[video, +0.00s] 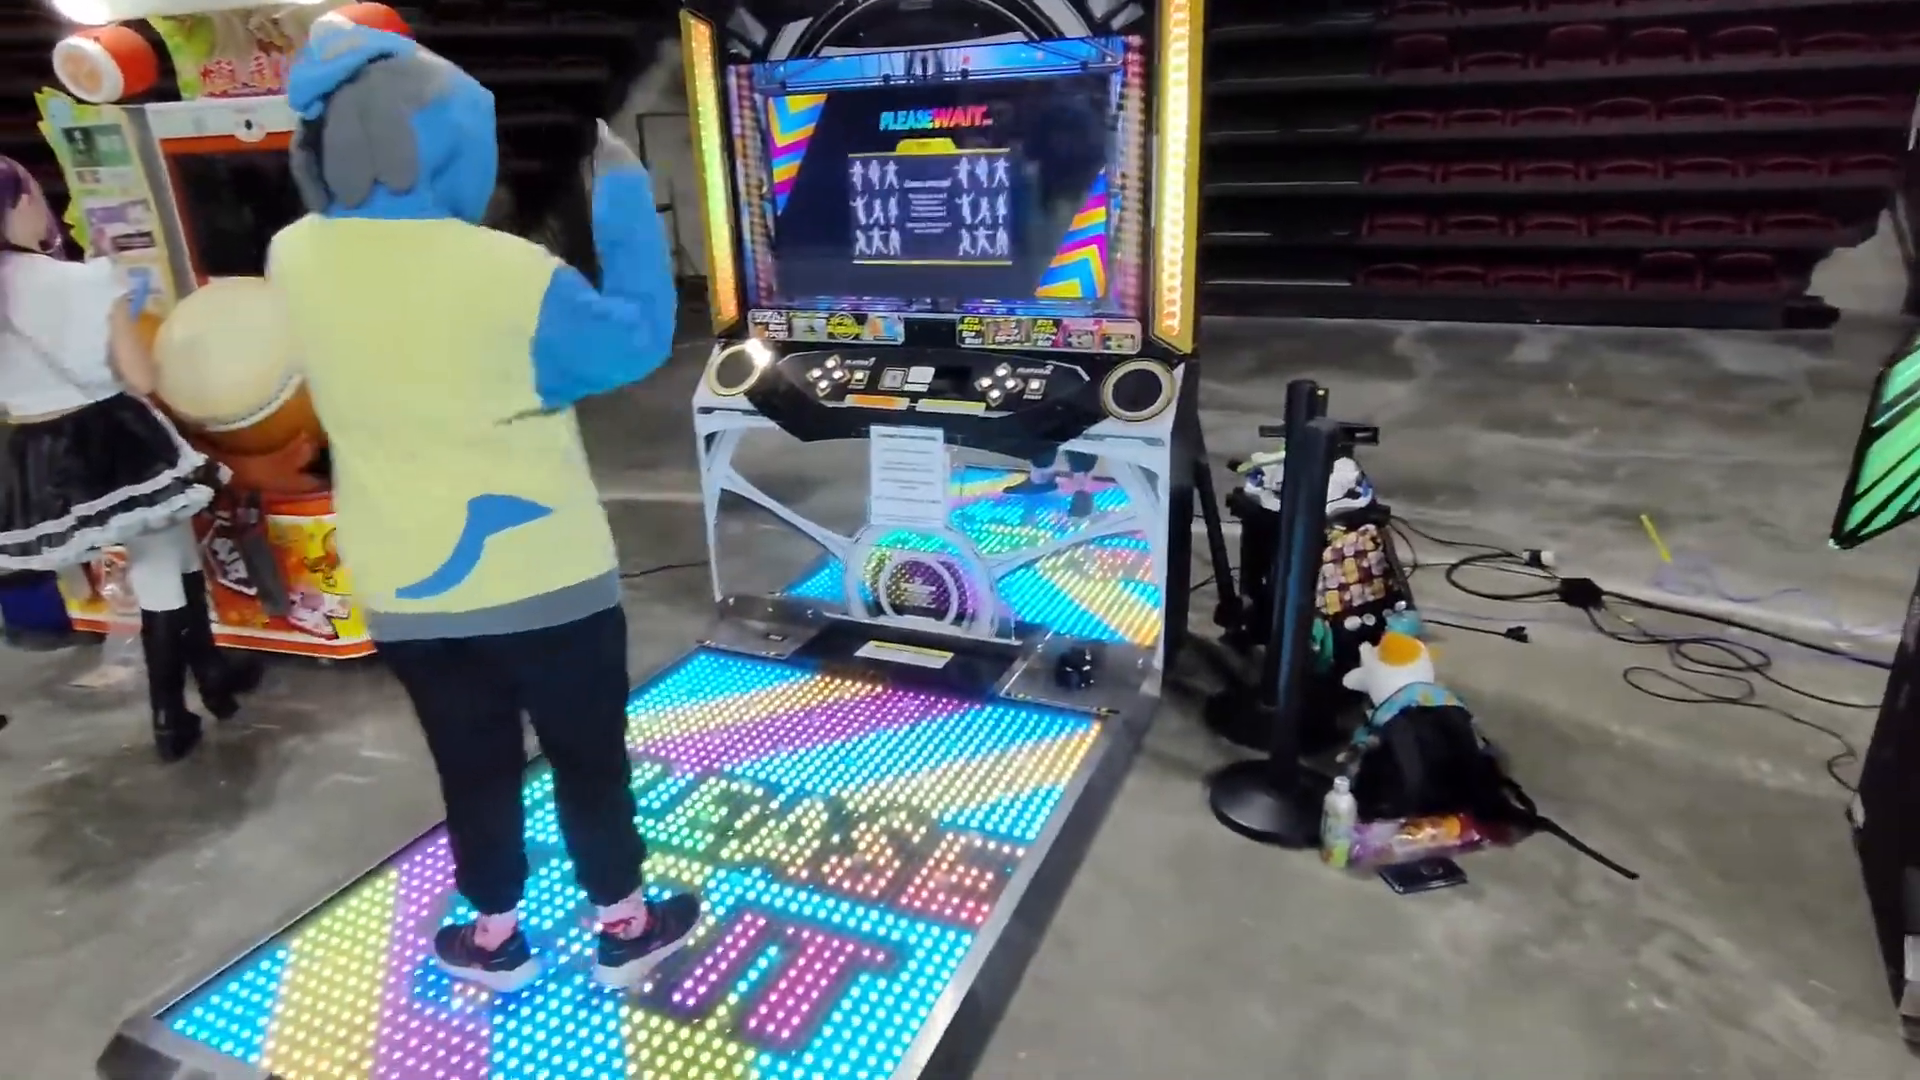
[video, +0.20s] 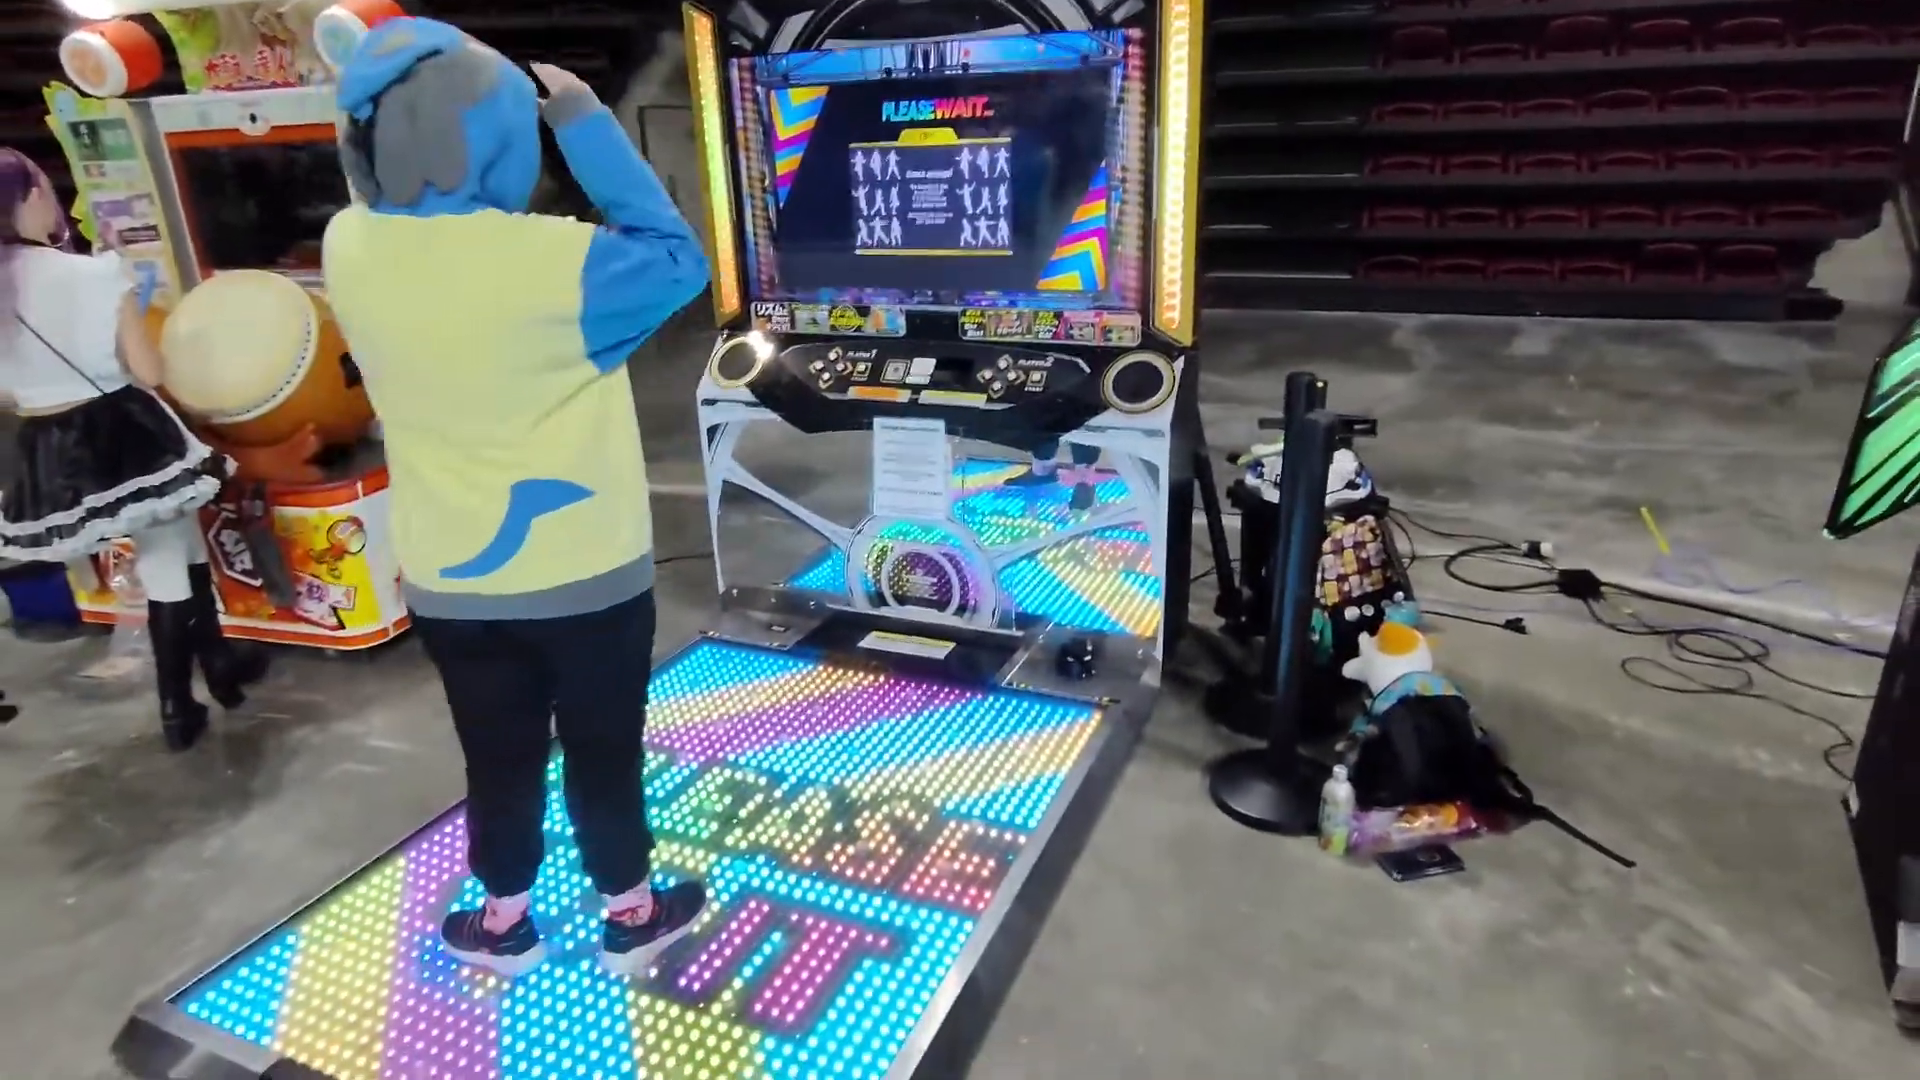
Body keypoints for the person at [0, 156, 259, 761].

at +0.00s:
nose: (46, 211)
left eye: (41, 199)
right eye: (38, 199)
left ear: (3, 211)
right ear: (15, 206)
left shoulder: (5, 283)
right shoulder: (84, 281)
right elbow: (139, 377)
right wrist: (125, 317)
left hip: (35, 450)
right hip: (108, 441)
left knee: (170, 539)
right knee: (159, 564)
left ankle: (212, 671)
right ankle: (170, 718)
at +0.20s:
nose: (55, 201)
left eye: (49, 191)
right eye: (47, 192)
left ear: (3, 208)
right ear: (28, 199)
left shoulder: (4, 282)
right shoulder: (97, 273)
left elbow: (11, 388)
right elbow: (147, 371)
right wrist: (132, 310)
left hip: (48, 446)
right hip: (122, 435)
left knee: (175, 529)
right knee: (164, 559)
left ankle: (218, 659)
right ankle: (176, 707)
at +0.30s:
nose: (60, 200)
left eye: (55, 189)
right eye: (52, 190)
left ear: (8, 206)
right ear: (29, 199)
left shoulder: (5, 282)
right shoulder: (102, 271)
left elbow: (9, 393)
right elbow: (151, 369)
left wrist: (51, 393)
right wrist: (140, 313)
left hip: (56, 443)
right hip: (128, 432)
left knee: (179, 535)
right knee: (168, 560)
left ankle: (225, 658)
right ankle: (183, 706)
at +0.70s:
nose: (49, 204)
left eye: (43, 192)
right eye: (42, 193)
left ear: (6, 202)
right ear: (21, 198)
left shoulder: (5, 278)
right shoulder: (87, 272)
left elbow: (11, 389)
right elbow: (144, 369)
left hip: (37, 445)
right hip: (112, 433)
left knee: (169, 536)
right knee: (163, 553)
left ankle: (218, 661)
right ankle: (178, 708)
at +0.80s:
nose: (35, 203)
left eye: (29, 190)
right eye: (29, 191)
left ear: (3, 197)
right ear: (10, 196)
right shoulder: (80, 276)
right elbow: (134, 374)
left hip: (22, 456)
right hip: (102, 444)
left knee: (157, 533)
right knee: (152, 554)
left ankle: (210, 666)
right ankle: (167, 711)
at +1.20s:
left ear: (7, 241)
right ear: (8, 234)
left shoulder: (32, 281)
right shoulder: (35, 280)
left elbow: (85, 378)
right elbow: (87, 378)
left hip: (11, 463)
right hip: (61, 452)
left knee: (108, 552)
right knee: (102, 560)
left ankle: (159, 678)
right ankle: (115, 722)